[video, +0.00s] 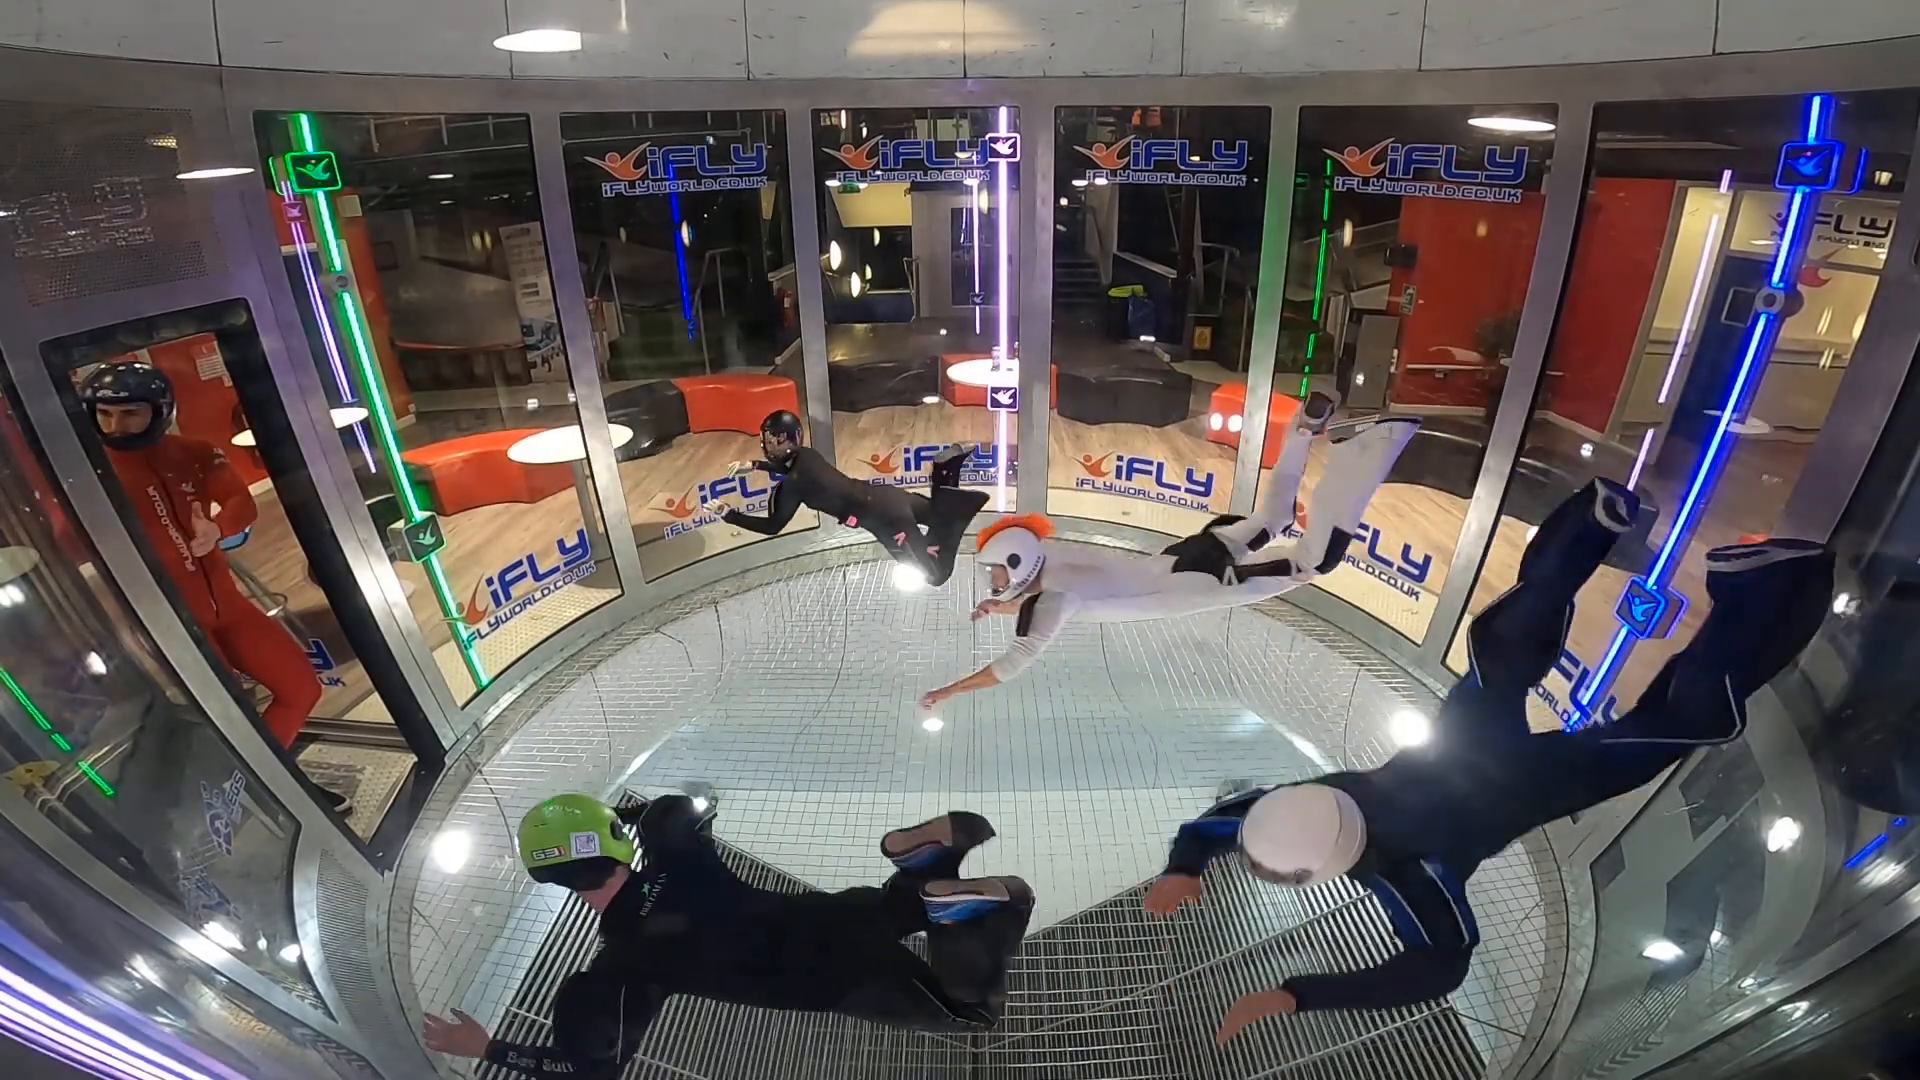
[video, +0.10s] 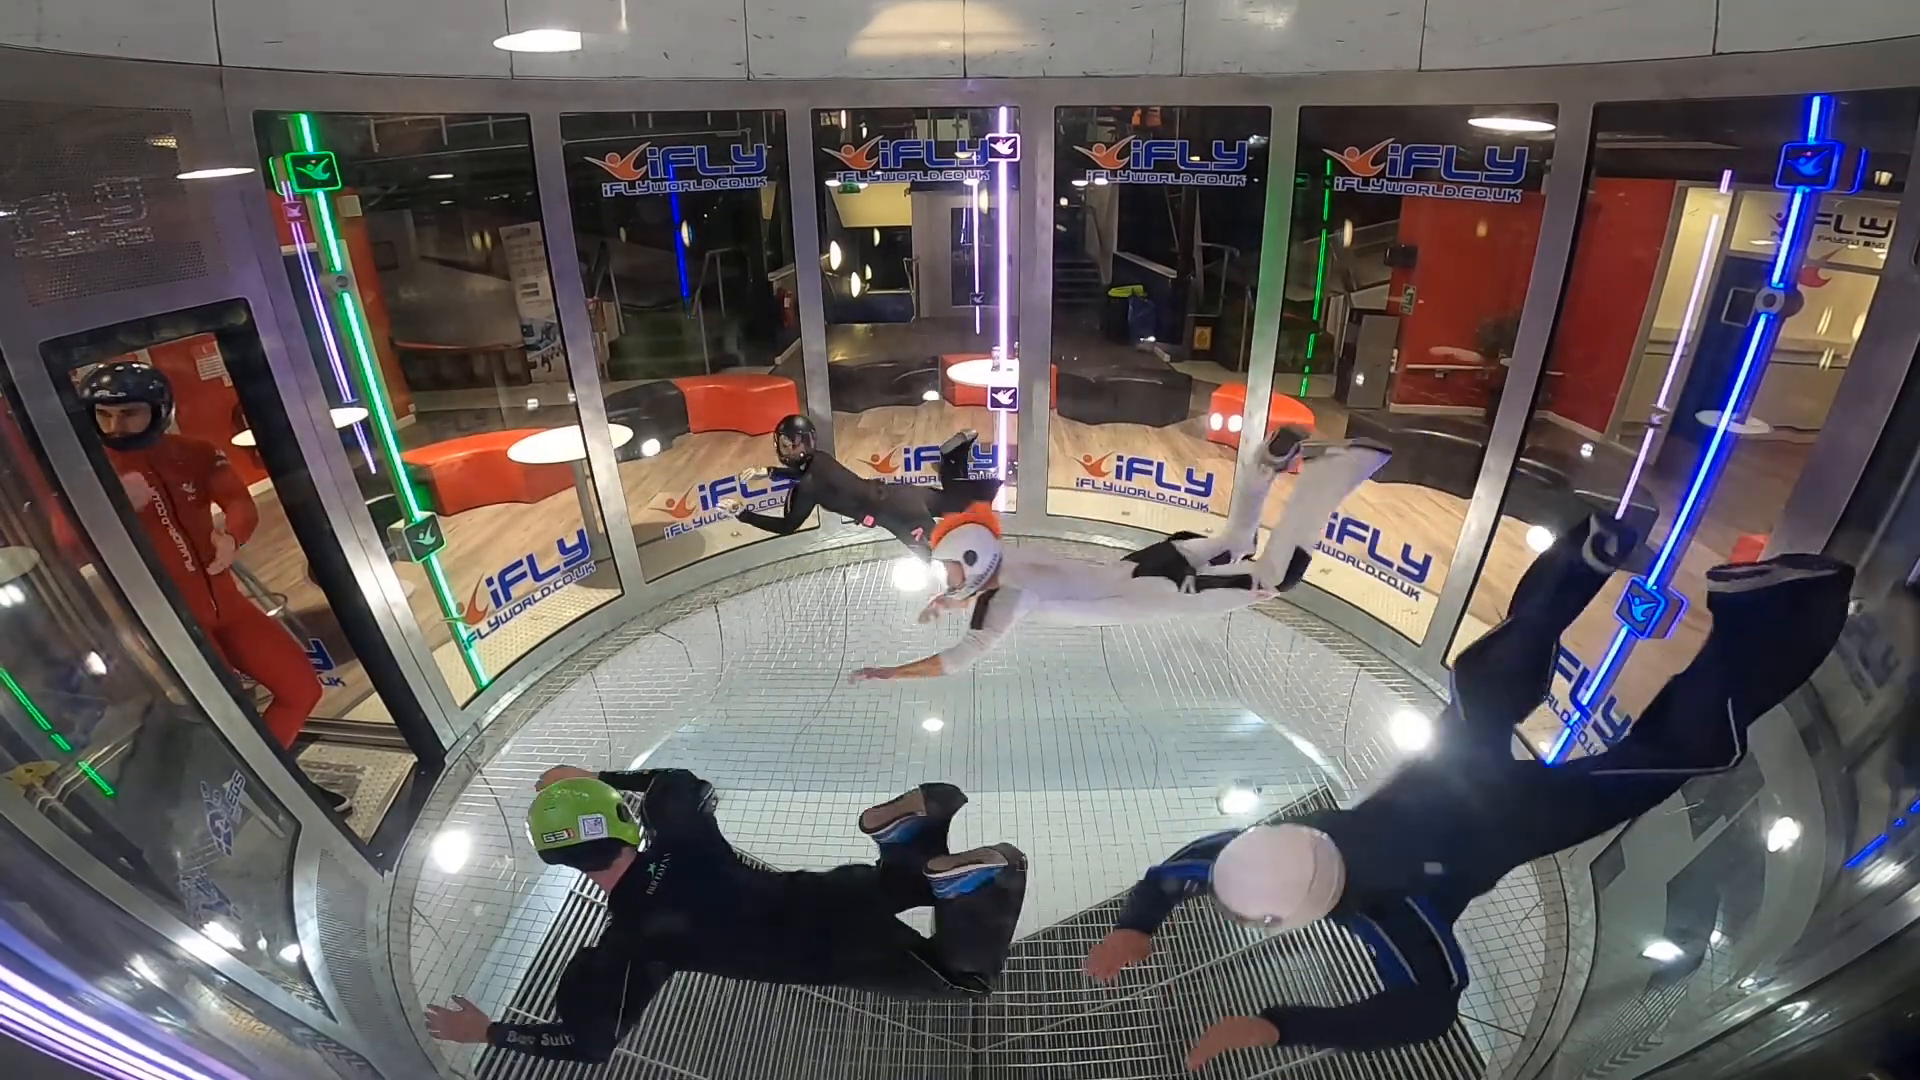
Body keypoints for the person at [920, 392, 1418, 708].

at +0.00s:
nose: (996, 581)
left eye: (1000, 571)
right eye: (993, 572)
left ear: (1023, 563)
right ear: (1023, 555)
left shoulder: (1055, 595)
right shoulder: (1049, 554)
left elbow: (1014, 662)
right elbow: (1032, 592)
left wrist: (949, 692)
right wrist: (1001, 607)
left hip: (1206, 579)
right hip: (1191, 552)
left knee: (1323, 557)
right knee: (1269, 517)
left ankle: (1351, 452)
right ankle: (1307, 429)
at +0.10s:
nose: (956, 571)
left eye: (962, 561)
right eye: (953, 562)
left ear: (984, 552)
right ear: (969, 552)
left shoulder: (1010, 587)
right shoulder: (1000, 554)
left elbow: (967, 656)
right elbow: (973, 583)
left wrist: (898, 674)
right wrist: (947, 598)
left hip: (1150, 590)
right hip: (1143, 561)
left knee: (1277, 576)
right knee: (1236, 545)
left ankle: (1334, 481)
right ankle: (1269, 460)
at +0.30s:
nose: (844, 548)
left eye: (850, 536)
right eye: (839, 538)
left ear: (877, 528)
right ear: (872, 526)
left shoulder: (906, 566)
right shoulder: (903, 543)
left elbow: (849, 629)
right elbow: (857, 552)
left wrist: (772, 621)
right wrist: (833, 570)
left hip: (1049, 590)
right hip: (1036, 581)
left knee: (1168, 608)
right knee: (1149, 598)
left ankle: (1184, 520)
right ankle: (1178, 523)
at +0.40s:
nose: (779, 525)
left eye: (786, 515)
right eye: (778, 515)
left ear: (814, 512)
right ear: (820, 506)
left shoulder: (843, 554)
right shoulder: (845, 522)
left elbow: (792, 613)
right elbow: (806, 519)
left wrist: (712, 607)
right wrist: (769, 534)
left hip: (977, 596)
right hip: (969, 582)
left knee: (1099, 626)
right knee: (1063, 610)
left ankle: (1111, 532)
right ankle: (1110, 537)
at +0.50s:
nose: (719, 501)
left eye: (728, 492)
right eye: (719, 491)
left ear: (758, 495)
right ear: (755, 491)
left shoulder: (786, 539)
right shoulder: (783, 508)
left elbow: (724, 602)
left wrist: (636, 589)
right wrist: (702, 510)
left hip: (921, 593)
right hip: (912, 579)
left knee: (1035, 635)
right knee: (1013, 626)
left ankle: (1031, 540)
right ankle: (1023, 541)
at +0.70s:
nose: (621, 476)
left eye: (629, 464)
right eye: (617, 465)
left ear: (661, 459)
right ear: (645, 460)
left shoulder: (684, 511)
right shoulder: (683, 481)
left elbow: (641, 581)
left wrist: (541, 565)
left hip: (811, 578)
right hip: (801, 560)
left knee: (915, 637)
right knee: (897, 624)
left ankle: (898, 551)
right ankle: (897, 547)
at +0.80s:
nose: (574, 473)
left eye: (582, 461)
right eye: (571, 461)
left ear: (615, 459)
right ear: (607, 457)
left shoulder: (641, 505)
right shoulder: (639, 481)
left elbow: (606, 574)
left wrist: (505, 559)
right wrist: (611, 541)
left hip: (773, 570)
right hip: (762, 559)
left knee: (862, 628)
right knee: (847, 617)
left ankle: (853, 530)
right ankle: (840, 524)